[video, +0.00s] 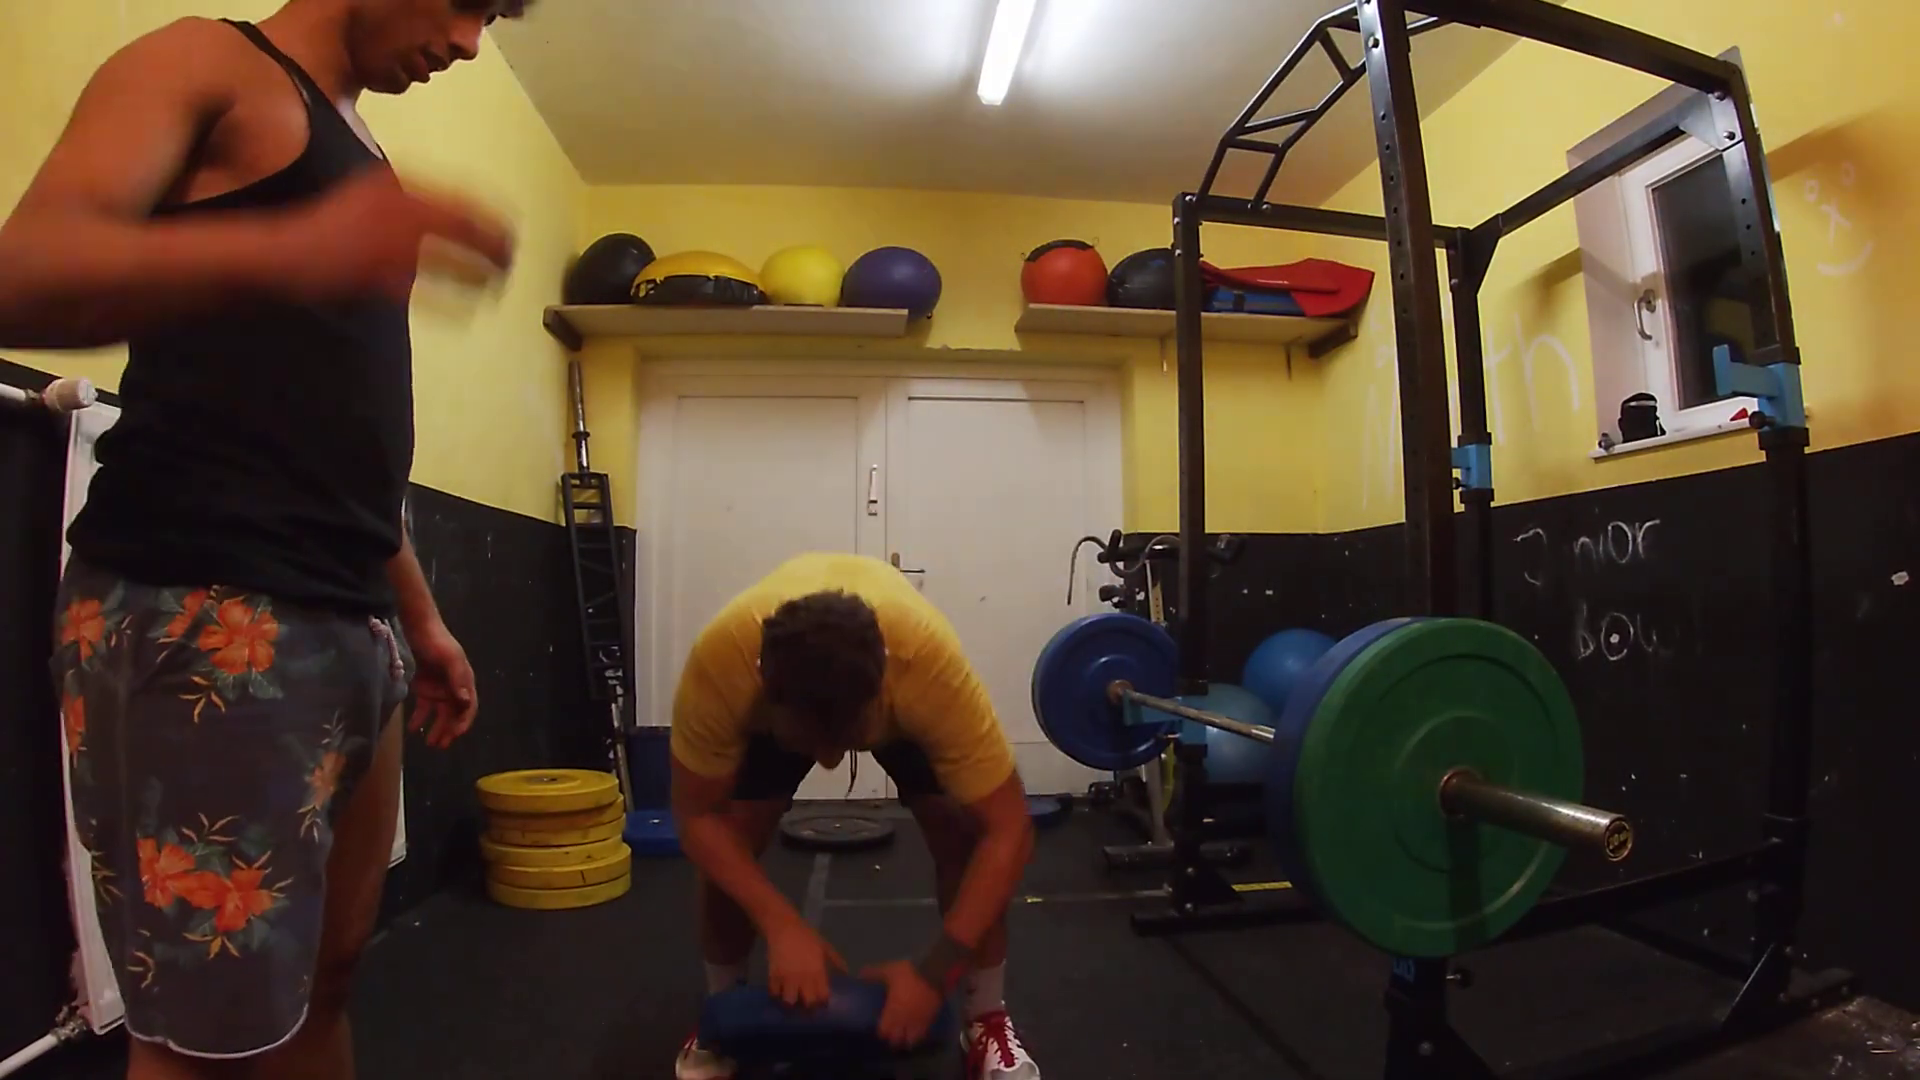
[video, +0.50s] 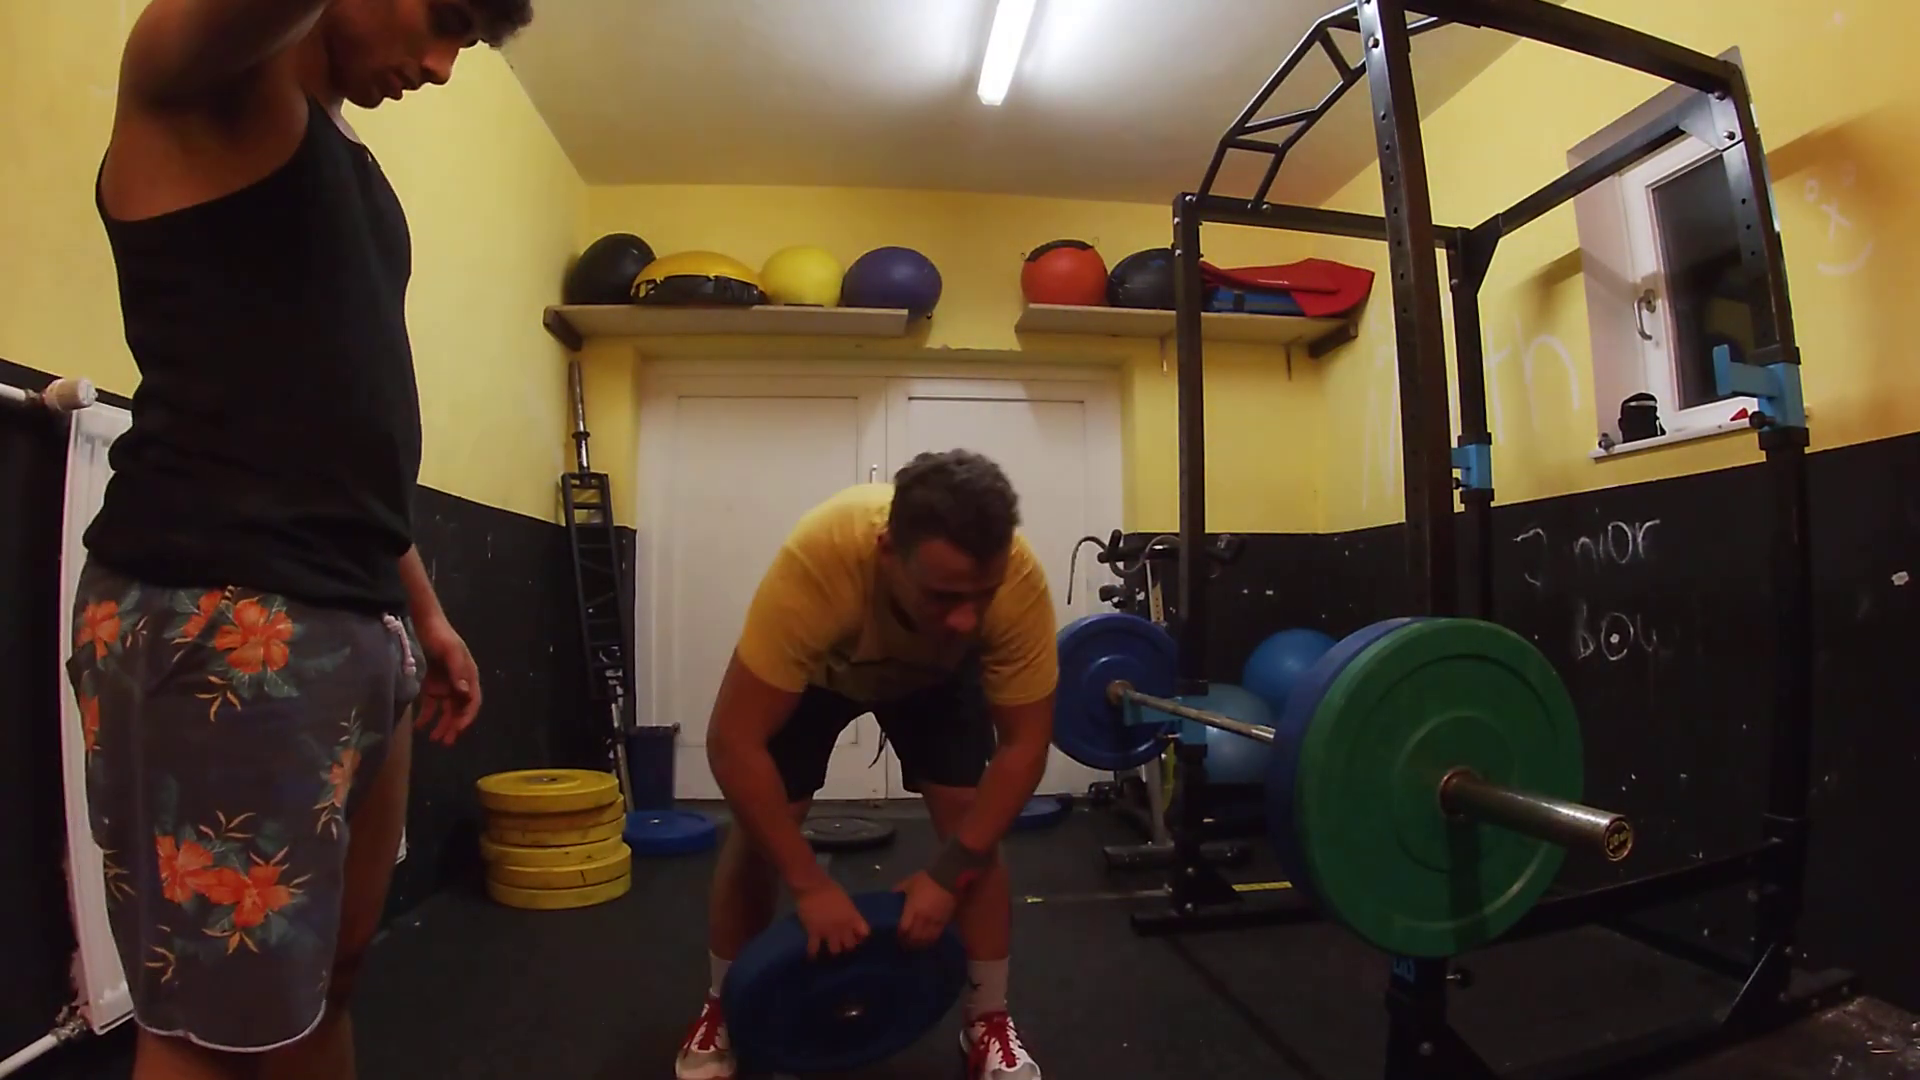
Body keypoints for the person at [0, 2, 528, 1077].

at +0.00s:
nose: (470, 43)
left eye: (488, 24)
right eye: (471, 8)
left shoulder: (363, 162)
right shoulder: (197, 61)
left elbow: (342, 422)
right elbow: (25, 271)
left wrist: (417, 614)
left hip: (347, 630)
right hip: (199, 622)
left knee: (318, 1000)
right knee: (201, 1039)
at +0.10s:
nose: (467, 52)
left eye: (485, 32)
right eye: (473, 18)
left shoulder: (355, 148)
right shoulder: (210, 62)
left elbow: (350, 415)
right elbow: (51, 231)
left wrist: (424, 614)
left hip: (355, 625)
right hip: (210, 615)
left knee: (321, 991)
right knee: (206, 1037)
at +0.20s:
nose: (459, 60)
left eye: (479, 38)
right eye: (463, 21)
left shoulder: (344, 143)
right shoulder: (226, 94)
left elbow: (356, 408)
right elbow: (136, 102)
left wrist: (430, 616)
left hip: (358, 620)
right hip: (214, 617)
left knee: (324, 989)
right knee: (207, 1032)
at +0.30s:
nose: (450, 67)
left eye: (472, 46)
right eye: (453, 27)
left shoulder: (341, 141)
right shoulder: (194, 94)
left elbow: (355, 406)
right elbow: (242, 24)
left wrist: (430, 610)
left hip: (359, 622)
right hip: (220, 620)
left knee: (323, 999)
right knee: (210, 1035)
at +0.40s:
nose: (445, 69)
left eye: (467, 49)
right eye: (449, 27)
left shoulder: (340, 145)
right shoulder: (195, 87)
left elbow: (351, 403)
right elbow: (223, 34)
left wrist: (428, 609)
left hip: (360, 622)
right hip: (222, 620)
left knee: (327, 993)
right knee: (215, 1035)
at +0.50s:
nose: (441, 69)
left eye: (463, 49)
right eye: (445, 28)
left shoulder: (342, 151)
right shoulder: (198, 86)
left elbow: (347, 401)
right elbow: (229, 28)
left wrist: (420, 605)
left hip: (357, 619)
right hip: (223, 617)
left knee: (325, 996)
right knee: (215, 1034)